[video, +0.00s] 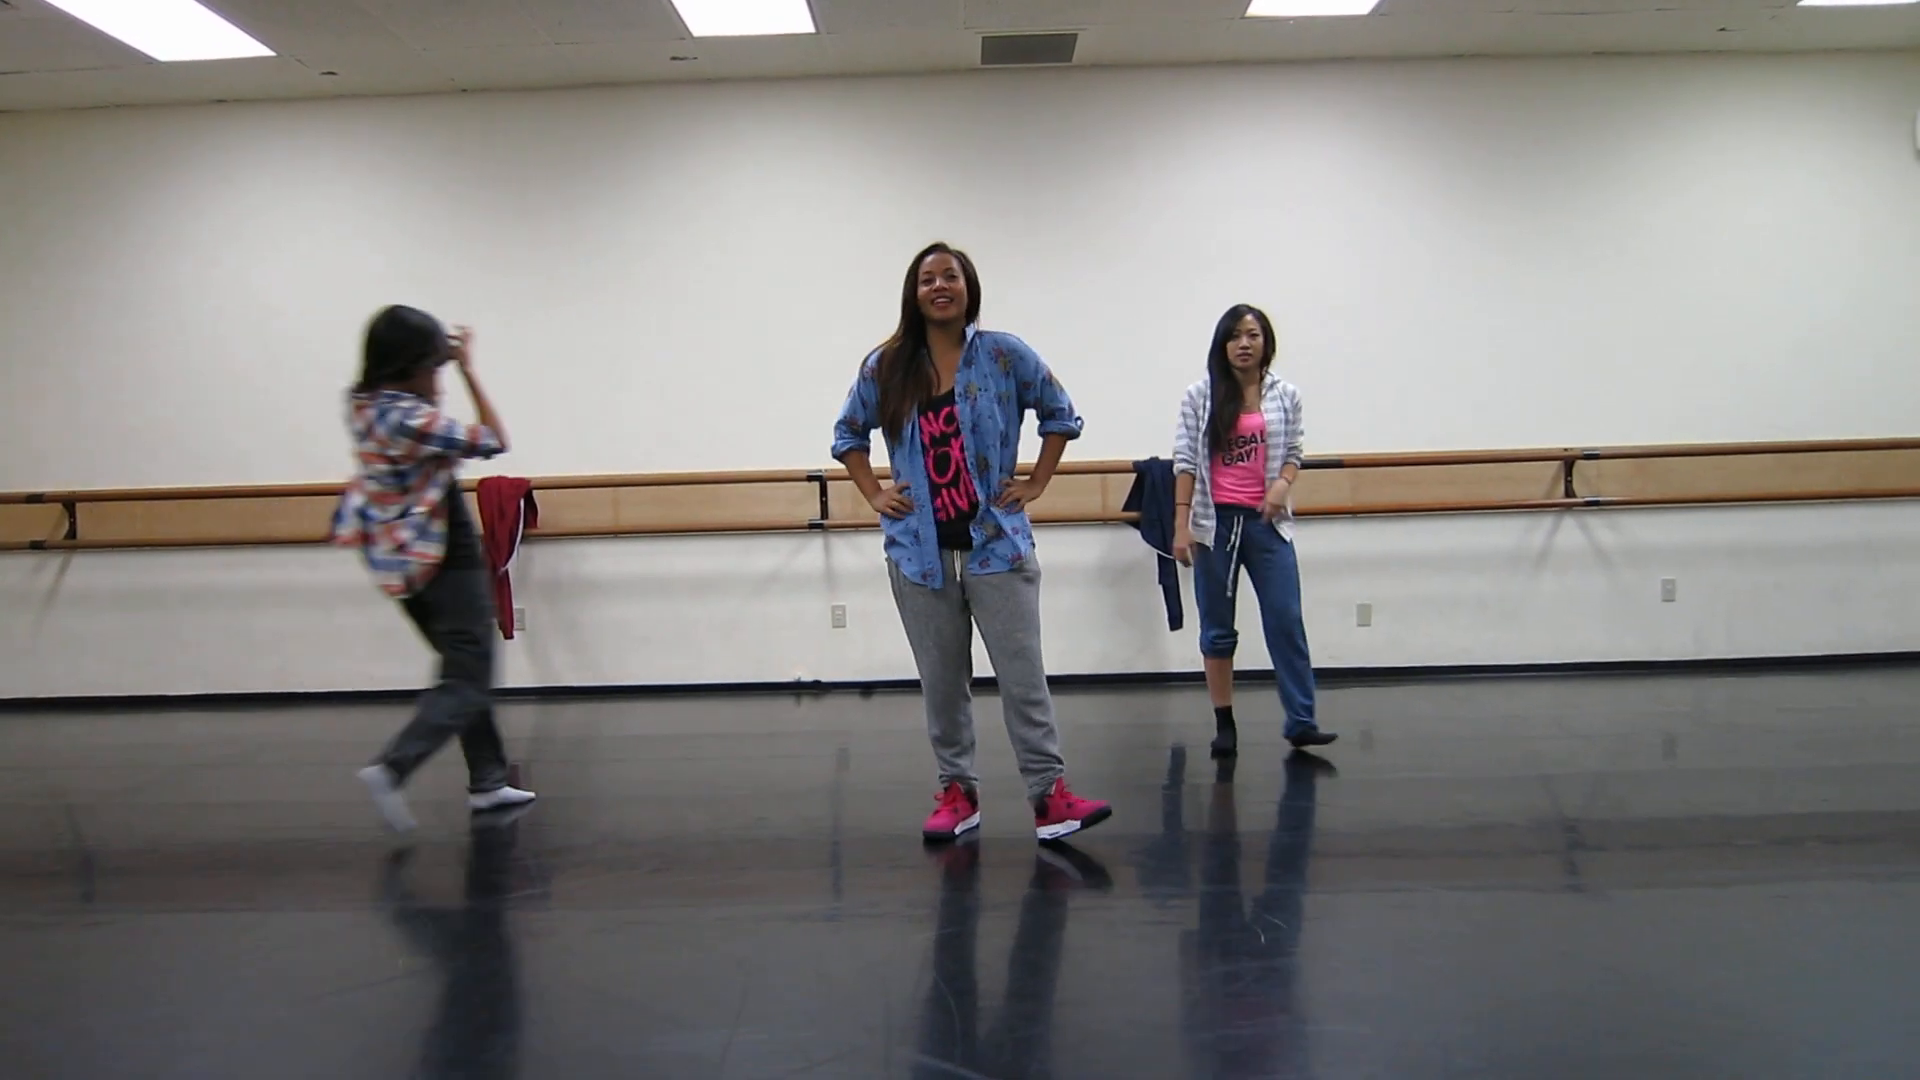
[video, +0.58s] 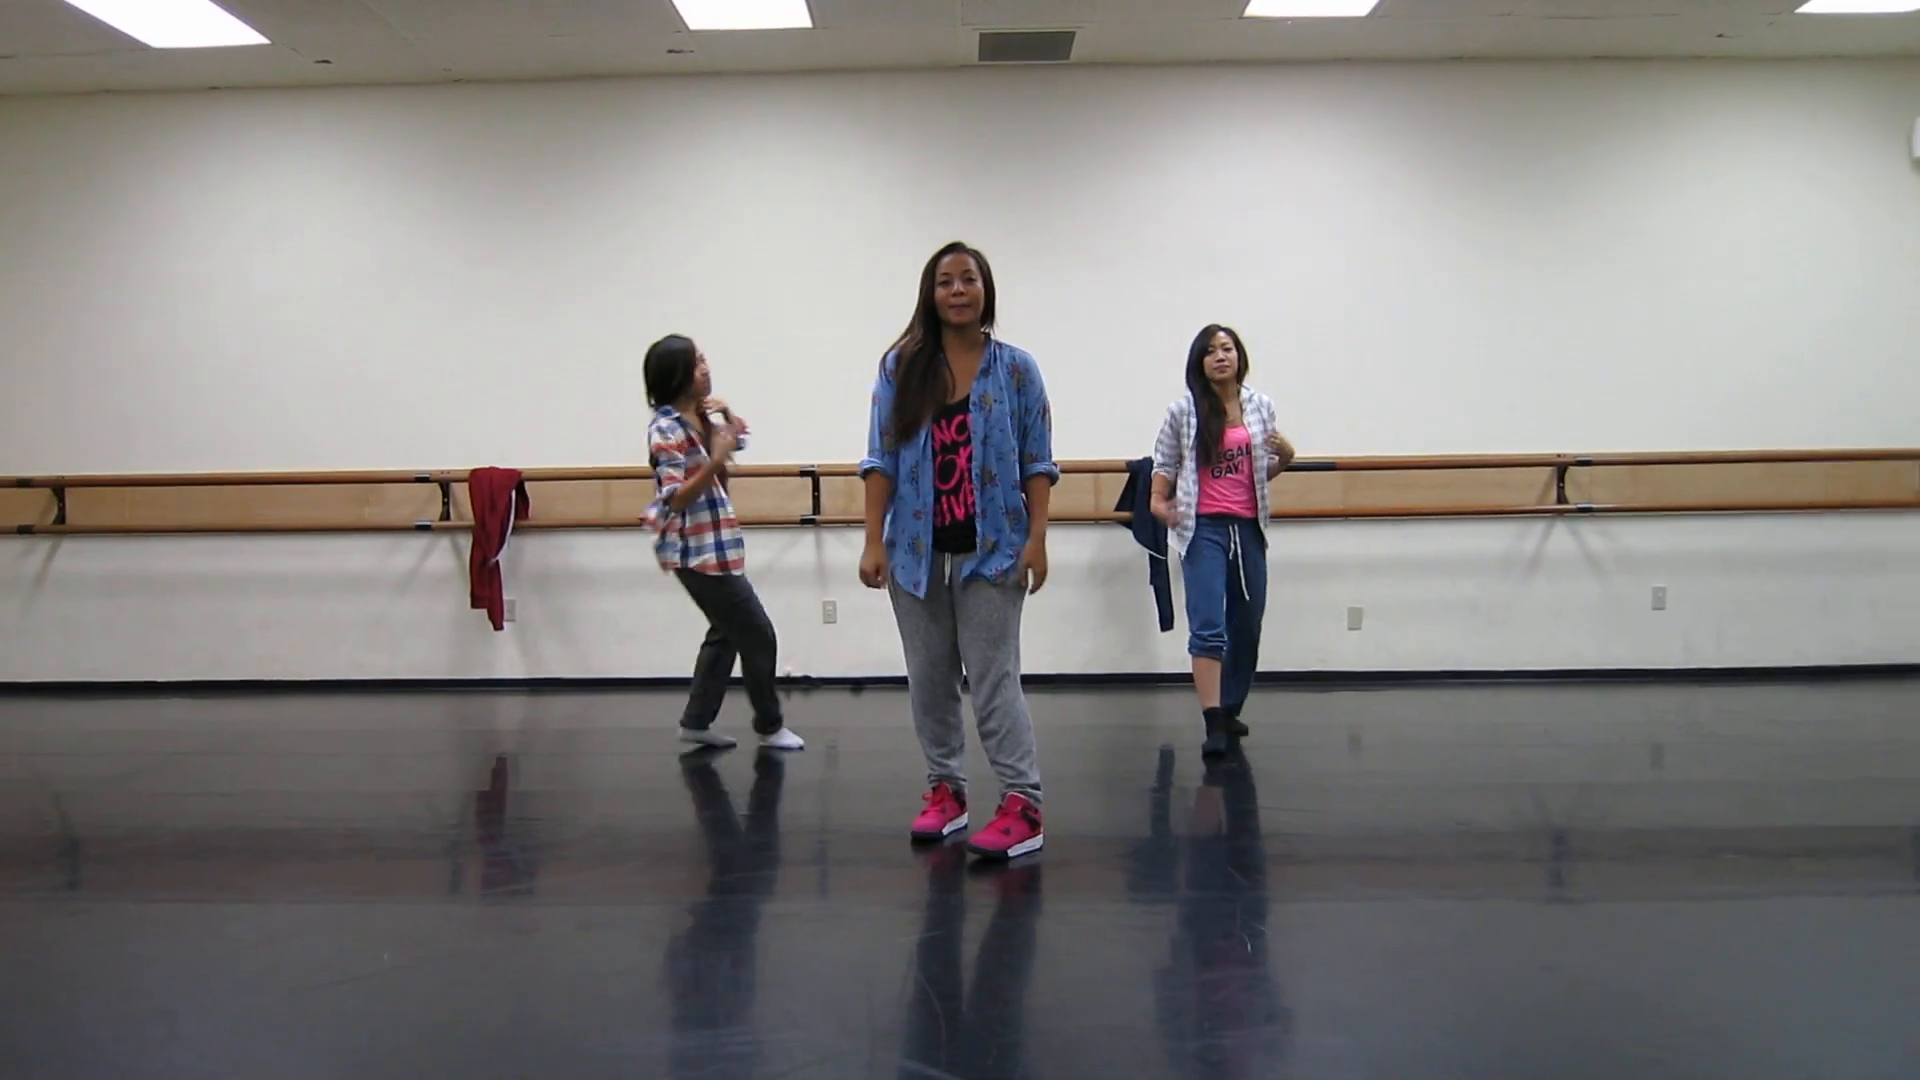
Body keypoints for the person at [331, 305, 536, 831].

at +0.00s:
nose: (439, 377)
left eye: (438, 368)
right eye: (434, 368)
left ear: (383, 365)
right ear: (410, 368)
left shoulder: (363, 408)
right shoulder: (407, 418)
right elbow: (494, 440)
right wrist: (468, 367)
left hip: (406, 566)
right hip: (446, 563)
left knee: (463, 669)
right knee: (470, 675)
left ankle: (489, 782)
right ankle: (389, 771)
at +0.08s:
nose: (498, 375)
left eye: (499, 366)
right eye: (491, 367)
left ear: (445, 365)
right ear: (468, 368)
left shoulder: (440, 410)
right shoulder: (452, 418)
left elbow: (494, 414)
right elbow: (539, 447)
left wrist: (503, 370)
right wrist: (517, 379)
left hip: (474, 568)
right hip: (503, 563)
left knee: (518, 667)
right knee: (562, 659)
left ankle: (487, 771)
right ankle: (501, 768)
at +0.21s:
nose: (573, 365)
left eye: (571, 355)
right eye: (568, 355)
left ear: (528, 359)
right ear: (548, 358)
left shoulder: (519, 411)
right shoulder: (531, 416)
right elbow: (601, 450)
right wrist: (571, 392)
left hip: (548, 553)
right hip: (573, 550)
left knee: (591, 645)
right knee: (628, 643)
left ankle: (536, 736)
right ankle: (650, 753)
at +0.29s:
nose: (608, 371)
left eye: (607, 363)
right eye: (604, 363)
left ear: (557, 369)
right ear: (588, 368)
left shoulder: (559, 421)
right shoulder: (574, 423)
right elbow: (644, 457)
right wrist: (613, 399)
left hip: (592, 561)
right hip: (610, 558)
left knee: (642, 643)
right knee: (668, 647)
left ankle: (629, 732)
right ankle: (653, 755)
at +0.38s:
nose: (643, 374)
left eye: (639, 366)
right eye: (636, 368)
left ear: (595, 379)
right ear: (618, 379)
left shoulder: (596, 423)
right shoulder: (610, 429)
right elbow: (670, 472)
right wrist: (646, 415)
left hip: (621, 555)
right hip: (640, 553)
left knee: (666, 642)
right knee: (701, 642)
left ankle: (693, 733)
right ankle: (657, 740)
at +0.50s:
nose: (685, 376)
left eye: (681, 369)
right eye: (677, 371)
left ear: (645, 384)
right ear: (660, 382)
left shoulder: (661, 424)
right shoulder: (645, 434)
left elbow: (696, 471)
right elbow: (682, 493)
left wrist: (695, 429)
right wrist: (685, 436)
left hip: (677, 556)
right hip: (679, 558)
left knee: (703, 644)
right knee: (749, 634)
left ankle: (694, 732)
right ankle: (712, 729)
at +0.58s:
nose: (707, 369)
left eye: (704, 361)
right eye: (698, 364)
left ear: (687, 376)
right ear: (680, 376)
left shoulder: (700, 421)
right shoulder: (665, 430)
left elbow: (715, 477)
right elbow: (676, 498)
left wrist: (726, 435)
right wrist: (717, 458)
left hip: (716, 550)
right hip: (695, 554)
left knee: (726, 632)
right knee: (758, 633)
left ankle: (695, 724)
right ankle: (770, 727)